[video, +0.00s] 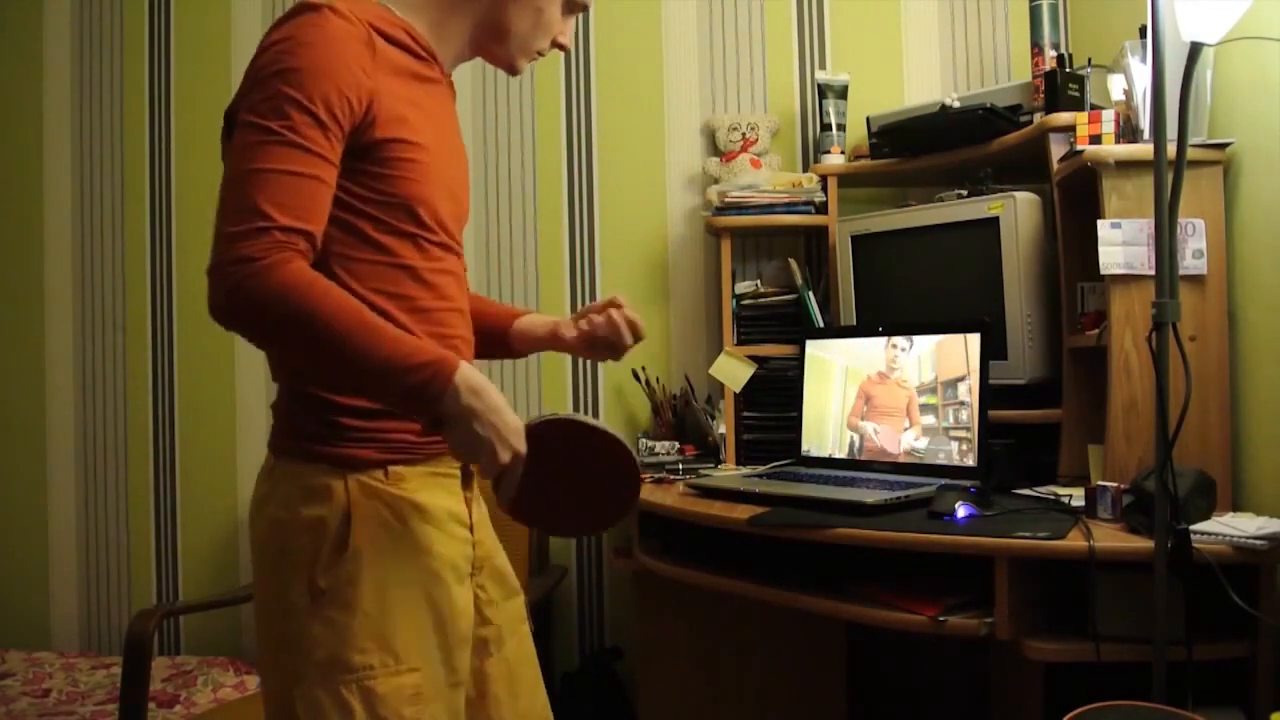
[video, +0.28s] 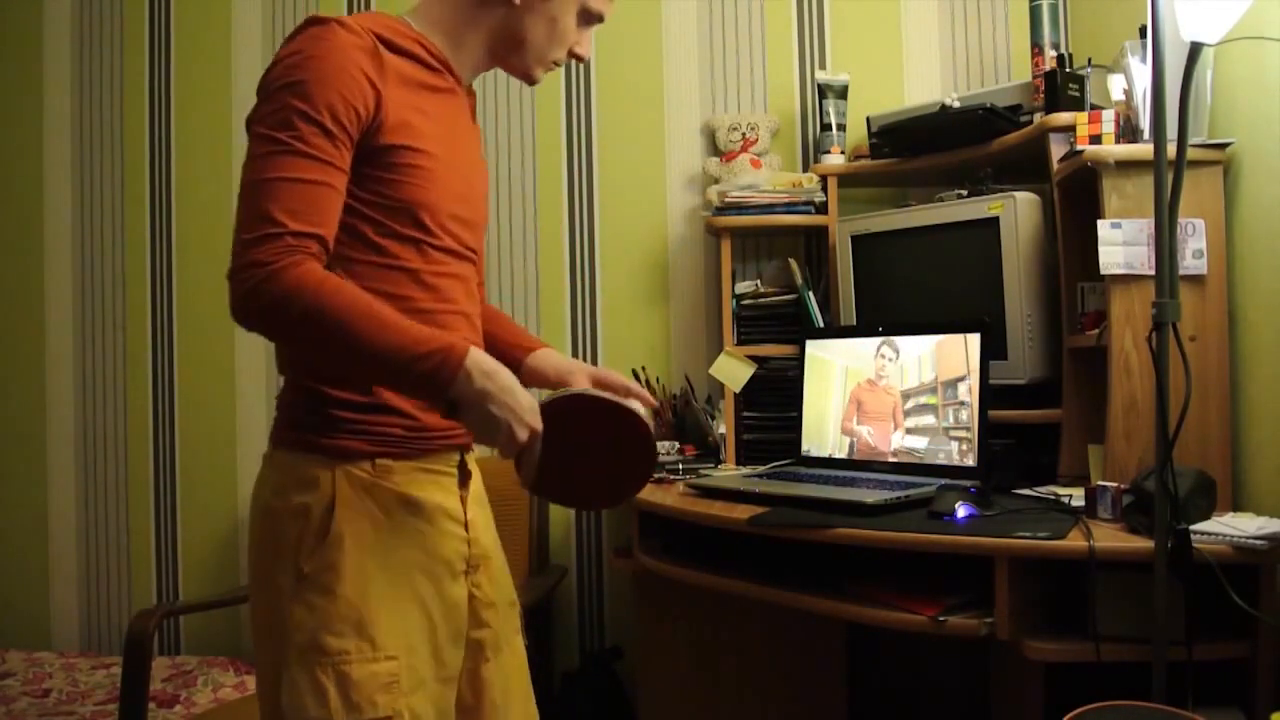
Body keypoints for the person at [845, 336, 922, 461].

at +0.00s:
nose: (896, 354)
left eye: (903, 350)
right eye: (893, 347)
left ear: (908, 355)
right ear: (885, 348)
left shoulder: (909, 389)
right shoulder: (869, 384)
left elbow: (917, 426)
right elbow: (852, 420)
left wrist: (907, 436)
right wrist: (864, 427)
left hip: (897, 456)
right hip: (871, 453)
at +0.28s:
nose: (884, 363)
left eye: (890, 360)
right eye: (882, 357)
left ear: (895, 364)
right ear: (875, 358)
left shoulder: (894, 394)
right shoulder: (859, 390)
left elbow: (900, 427)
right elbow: (845, 425)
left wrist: (896, 437)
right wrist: (859, 431)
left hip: (886, 455)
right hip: (862, 454)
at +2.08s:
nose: (881, 380)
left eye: (885, 378)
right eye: (879, 374)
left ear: (888, 381)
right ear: (873, 372)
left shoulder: (882, 403)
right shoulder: (858, 396)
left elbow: (882, 431)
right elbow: (843, 426)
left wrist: (892, 443)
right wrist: (861, 442)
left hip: (876, 457)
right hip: (857, 456)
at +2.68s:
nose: (881, 382)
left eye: (886, 380)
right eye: (880, 376)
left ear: (888, 383)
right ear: (874, 374)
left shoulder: (883, 404)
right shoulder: (858, 396)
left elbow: (882, 429)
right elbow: (842, 420)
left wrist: (884, 437)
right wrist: (860, 427)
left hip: (874, 454)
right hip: (857, 453)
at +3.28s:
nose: (886, 387)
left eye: (891, 385)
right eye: (886, 381)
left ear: (893, 388)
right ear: (880, 378)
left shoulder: (884, 404)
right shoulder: (865, 397)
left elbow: (883, 426)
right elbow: (849, 416)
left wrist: (889, 434)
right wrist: (872, 422)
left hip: (874, 454)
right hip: (859, 453)